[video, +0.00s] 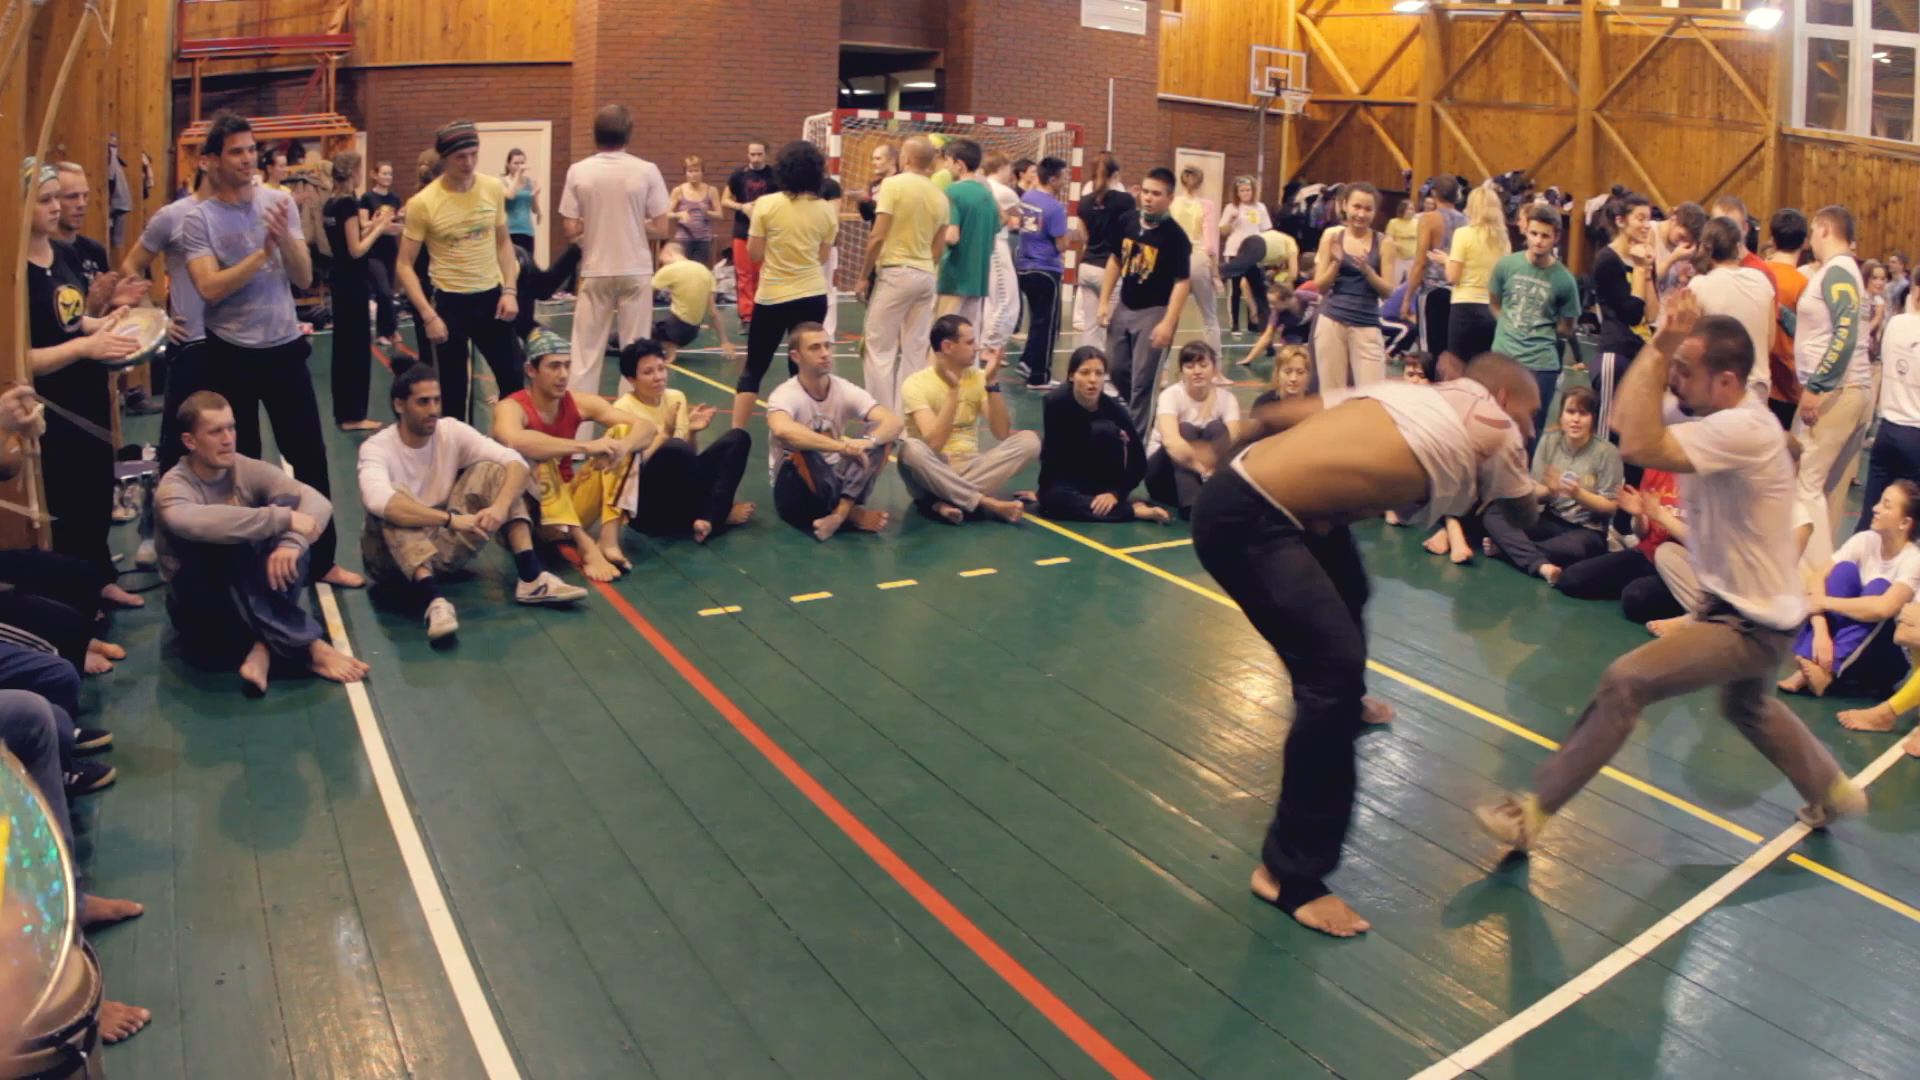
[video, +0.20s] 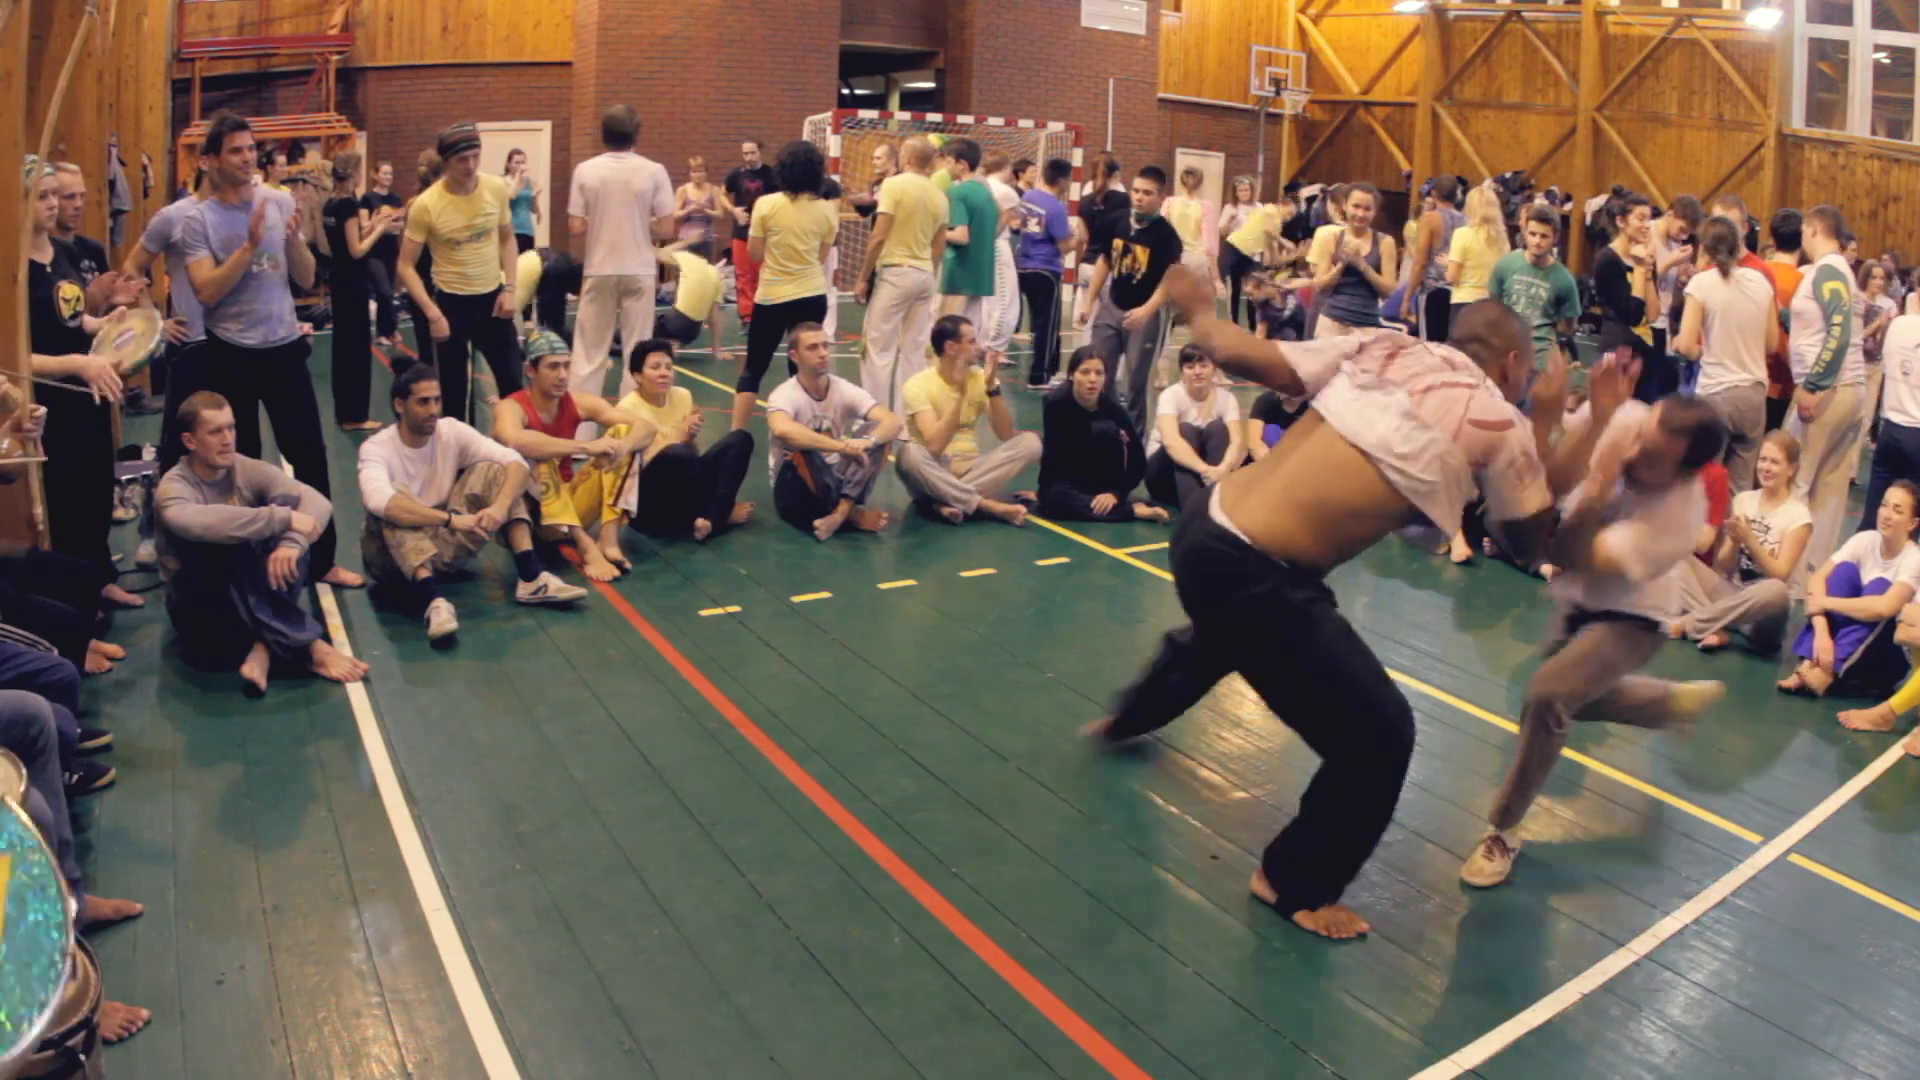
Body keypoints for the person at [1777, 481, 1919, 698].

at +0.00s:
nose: (1875, 508)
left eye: (1886, 506)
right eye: (1879, 502)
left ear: (1905, 523)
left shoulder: (1913, 558)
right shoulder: (1865, 540)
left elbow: (1885, 609)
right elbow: (1817, 578)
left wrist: (1823, 602)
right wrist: (1821, 633)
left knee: (1879, 586)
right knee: (1844, 571)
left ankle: (1825, 670)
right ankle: (1807, 667)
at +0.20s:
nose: (1886, 514)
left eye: (1897, 510)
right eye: (1885, 505)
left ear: (1913, 523)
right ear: (1878, 508)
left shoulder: (1914, 558)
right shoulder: (1864, 540)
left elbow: (1886, 608)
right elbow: (1816, 579)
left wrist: (1824, 602)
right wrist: (1822, 635)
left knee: (1879, 585)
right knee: (1845, 570)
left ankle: (1827, 671)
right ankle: (1808, 664)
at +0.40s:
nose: (1885, 515)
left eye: (1896, 510)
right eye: (1883, 506)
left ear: (1911, 523)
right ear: (1876, 508)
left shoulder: (1913, 558)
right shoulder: (1863, 540)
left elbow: (1886, 610)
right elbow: (1816, 579)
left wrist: (1824, 604)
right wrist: (1821, 638)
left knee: (1878, 586)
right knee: (1844, 570)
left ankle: (1824, 675)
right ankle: (1809, 664)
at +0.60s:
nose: (1883, 518)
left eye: (1893, 513)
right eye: (1880, 508)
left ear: (1909, 523)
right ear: (1874, 510)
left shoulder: (1913, 558)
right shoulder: (1862, 541)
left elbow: (1885, 610)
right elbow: (1814, 580)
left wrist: (1823, 604)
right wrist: (1821, 637)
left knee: (1877, 586)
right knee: (1844, 570)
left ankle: (1825, 675)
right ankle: (1809, 665)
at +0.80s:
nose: (1880, 519)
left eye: (1890, 514)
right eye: (1877, 510)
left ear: (1907, 523)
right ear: (1871, 511)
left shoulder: (1913, 559)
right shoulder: (1861, 541)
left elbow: (1886, 610)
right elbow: (1814, 580)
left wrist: (1823, 604)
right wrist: (1821, 638)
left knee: (1878, 587)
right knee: (1843, 571)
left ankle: (1826, 675)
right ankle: (1809, 665)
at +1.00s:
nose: (1878, 521)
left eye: (1888, 515)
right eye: (1875, 512)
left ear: (1906, 523)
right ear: (1869, 512)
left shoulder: (1912, 558)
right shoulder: (1860, 542)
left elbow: (1885, 610)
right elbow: (1813, 580)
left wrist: (1824, 604)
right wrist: (1821, 638)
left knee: (1878, 586)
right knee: (1843, 571)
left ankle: (1824, 676)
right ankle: (1807, 666)